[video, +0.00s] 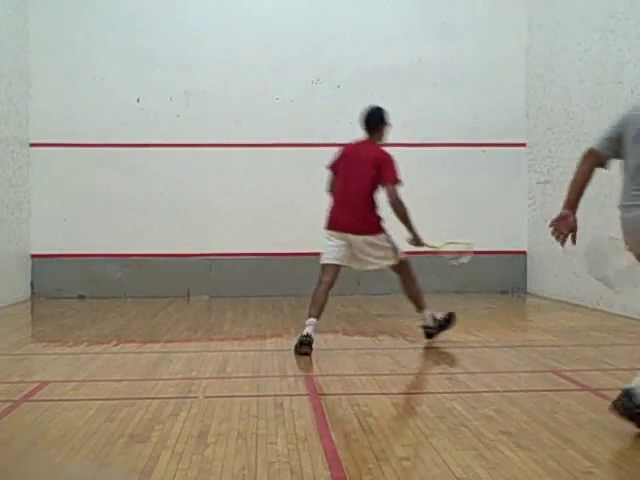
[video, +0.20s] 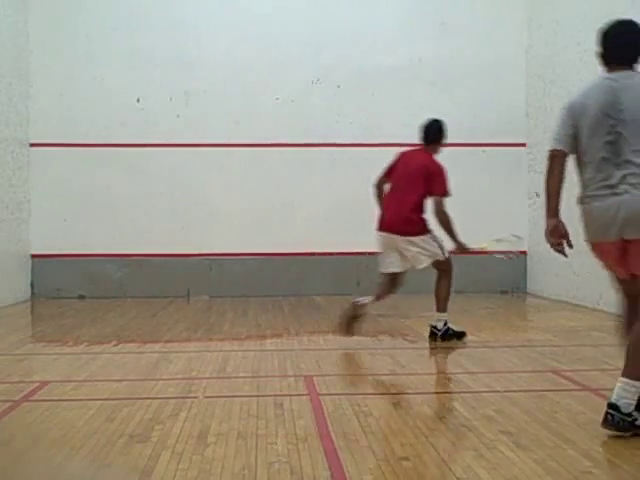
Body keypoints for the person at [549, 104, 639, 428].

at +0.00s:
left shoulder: (631, 119)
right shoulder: (631, 119)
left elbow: (591, 157)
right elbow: (591, 157)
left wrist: (568, 209)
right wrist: (569, 209)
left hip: (633, 225)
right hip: (635, 225)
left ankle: (635, 391)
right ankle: (634, 391)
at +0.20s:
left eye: (607, 50)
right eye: (629, 51)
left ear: (603, 54)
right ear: (637, 54)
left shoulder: (582, 100)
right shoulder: (637, 90)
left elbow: (557, 158)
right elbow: (557, 157)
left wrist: (551, 216)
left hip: (598, 217)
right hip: (636, 212)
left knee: (630, 300)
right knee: (636, 305)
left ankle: (629, 393)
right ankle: (624, 400)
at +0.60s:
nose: (498, 44)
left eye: (491, 38)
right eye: (513, 36)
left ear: (488, 42)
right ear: (526, 41)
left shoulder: (466, 87)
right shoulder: (548, 84)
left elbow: (435, 143)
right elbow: (588, 131)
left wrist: (436, 196)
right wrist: (624, 183)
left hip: (478, 208)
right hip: (534, 208)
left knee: (478, 296)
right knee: (559, 299)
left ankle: (468, 394)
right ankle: (584, 390)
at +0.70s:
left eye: (469, 26)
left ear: (464, 32)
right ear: (501, 32)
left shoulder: (442, 74)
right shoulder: (526, 73)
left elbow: (413, 131)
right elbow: (560, 127)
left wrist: (411, 182)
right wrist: (578, 183)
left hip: (458, 195)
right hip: (513, 196)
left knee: (455, 295)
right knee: (520, 294)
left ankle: (451, 388)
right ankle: (535, 387)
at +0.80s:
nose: (441, 42)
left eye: (440, 36)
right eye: (454, 36)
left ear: (438, 40)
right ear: (476, 41)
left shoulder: (421, 84)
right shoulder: (499, 84)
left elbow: (392, 142)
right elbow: (535, 136)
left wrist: (386, 197)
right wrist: (536, 193)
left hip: (435, 208)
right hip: (490, 208)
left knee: (416, 298)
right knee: (498, 303)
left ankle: (401, 389)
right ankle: (519, 398)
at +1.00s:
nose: (389, 44)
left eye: (381, 36)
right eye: (400, 37)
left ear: (374, 41)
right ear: (409, 43)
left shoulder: (355, 79)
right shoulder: (426, 88)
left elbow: (337, 134)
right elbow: (458, 151)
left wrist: (331, 190)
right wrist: (438, 195)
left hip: (367, 205)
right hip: (418, 205)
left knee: (360, 304)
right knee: (436, 295)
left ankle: (370, 401)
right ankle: (472, 378)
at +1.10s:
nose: (338, 31)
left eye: (336, 25)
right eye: (349, 24)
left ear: (335, 30)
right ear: (370, 31)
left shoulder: (327, 64)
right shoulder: (391, 75)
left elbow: (319, 121)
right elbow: (407, 143)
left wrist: (296, 182)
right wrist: (378, 173)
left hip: (346, 195)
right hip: (395, 193)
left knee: (329, 292)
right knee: (385, 286)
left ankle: (350, 390)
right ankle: (420, 383)